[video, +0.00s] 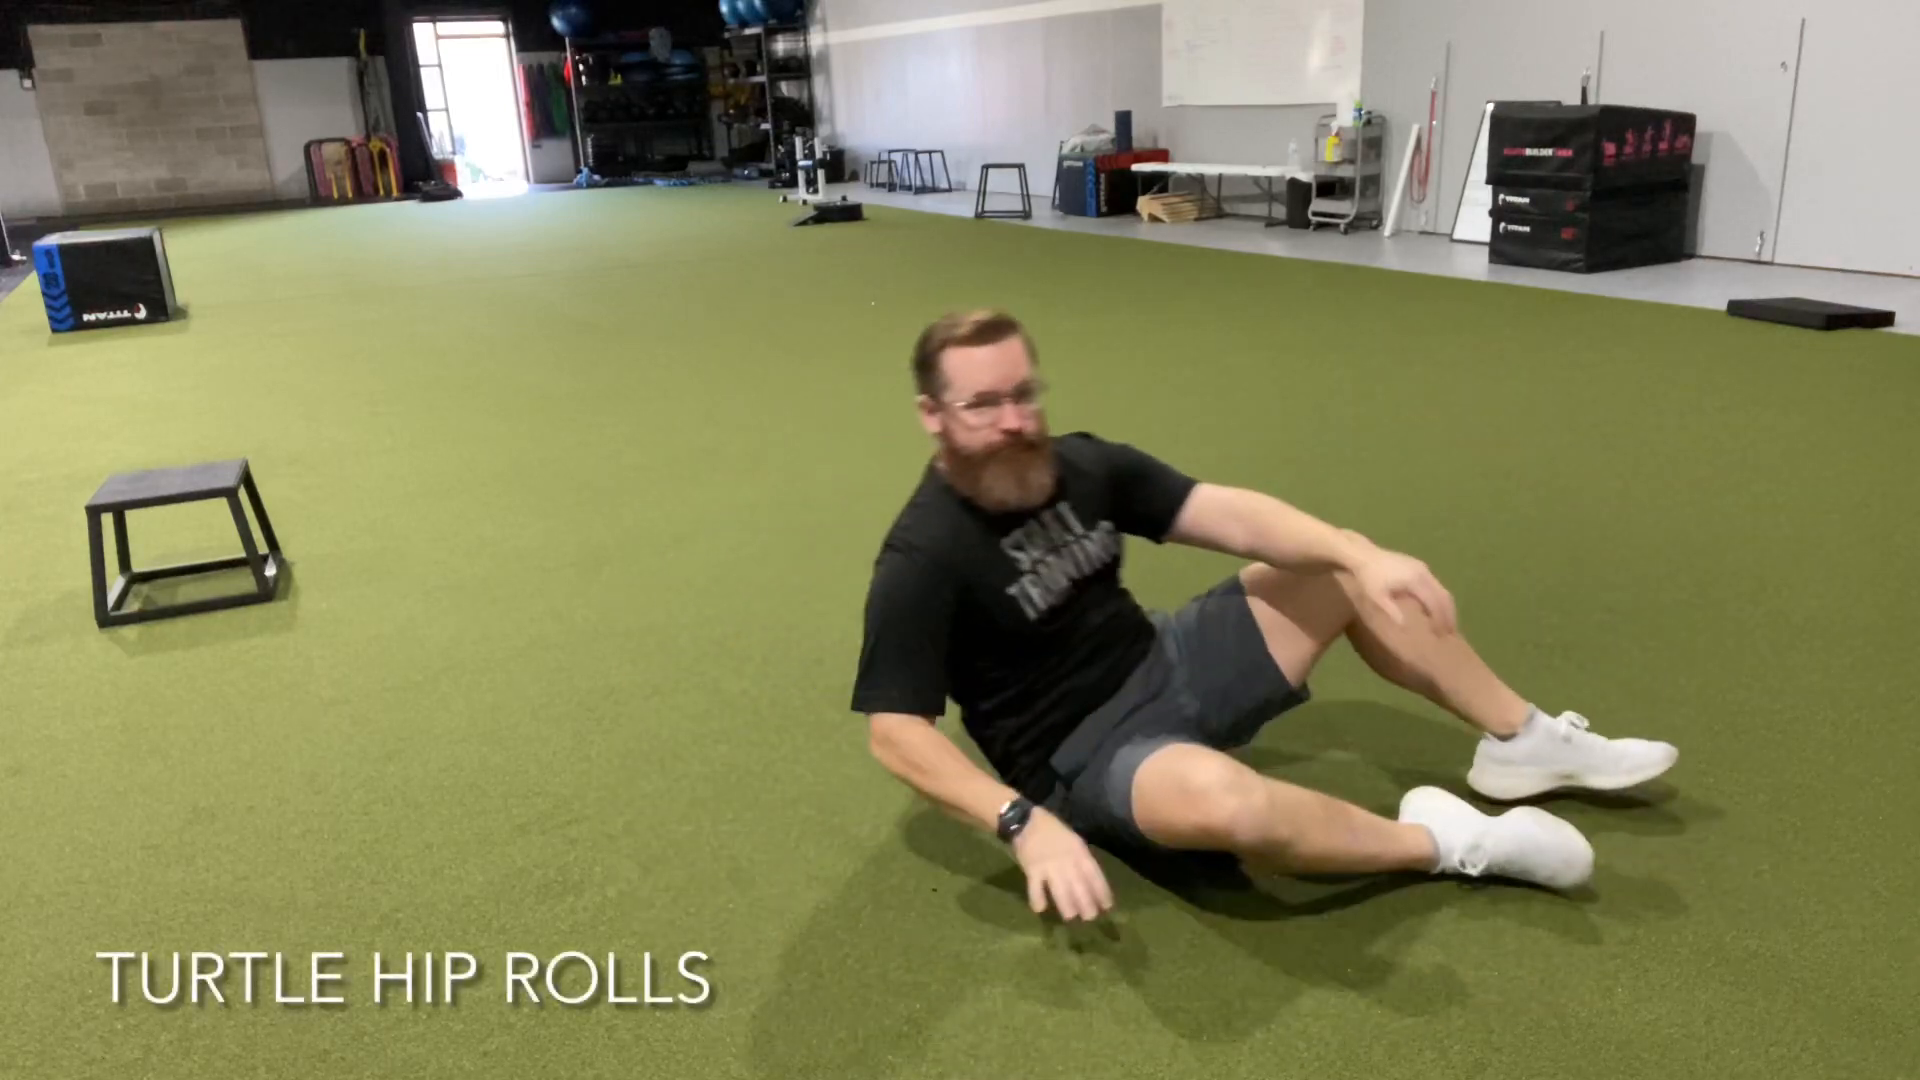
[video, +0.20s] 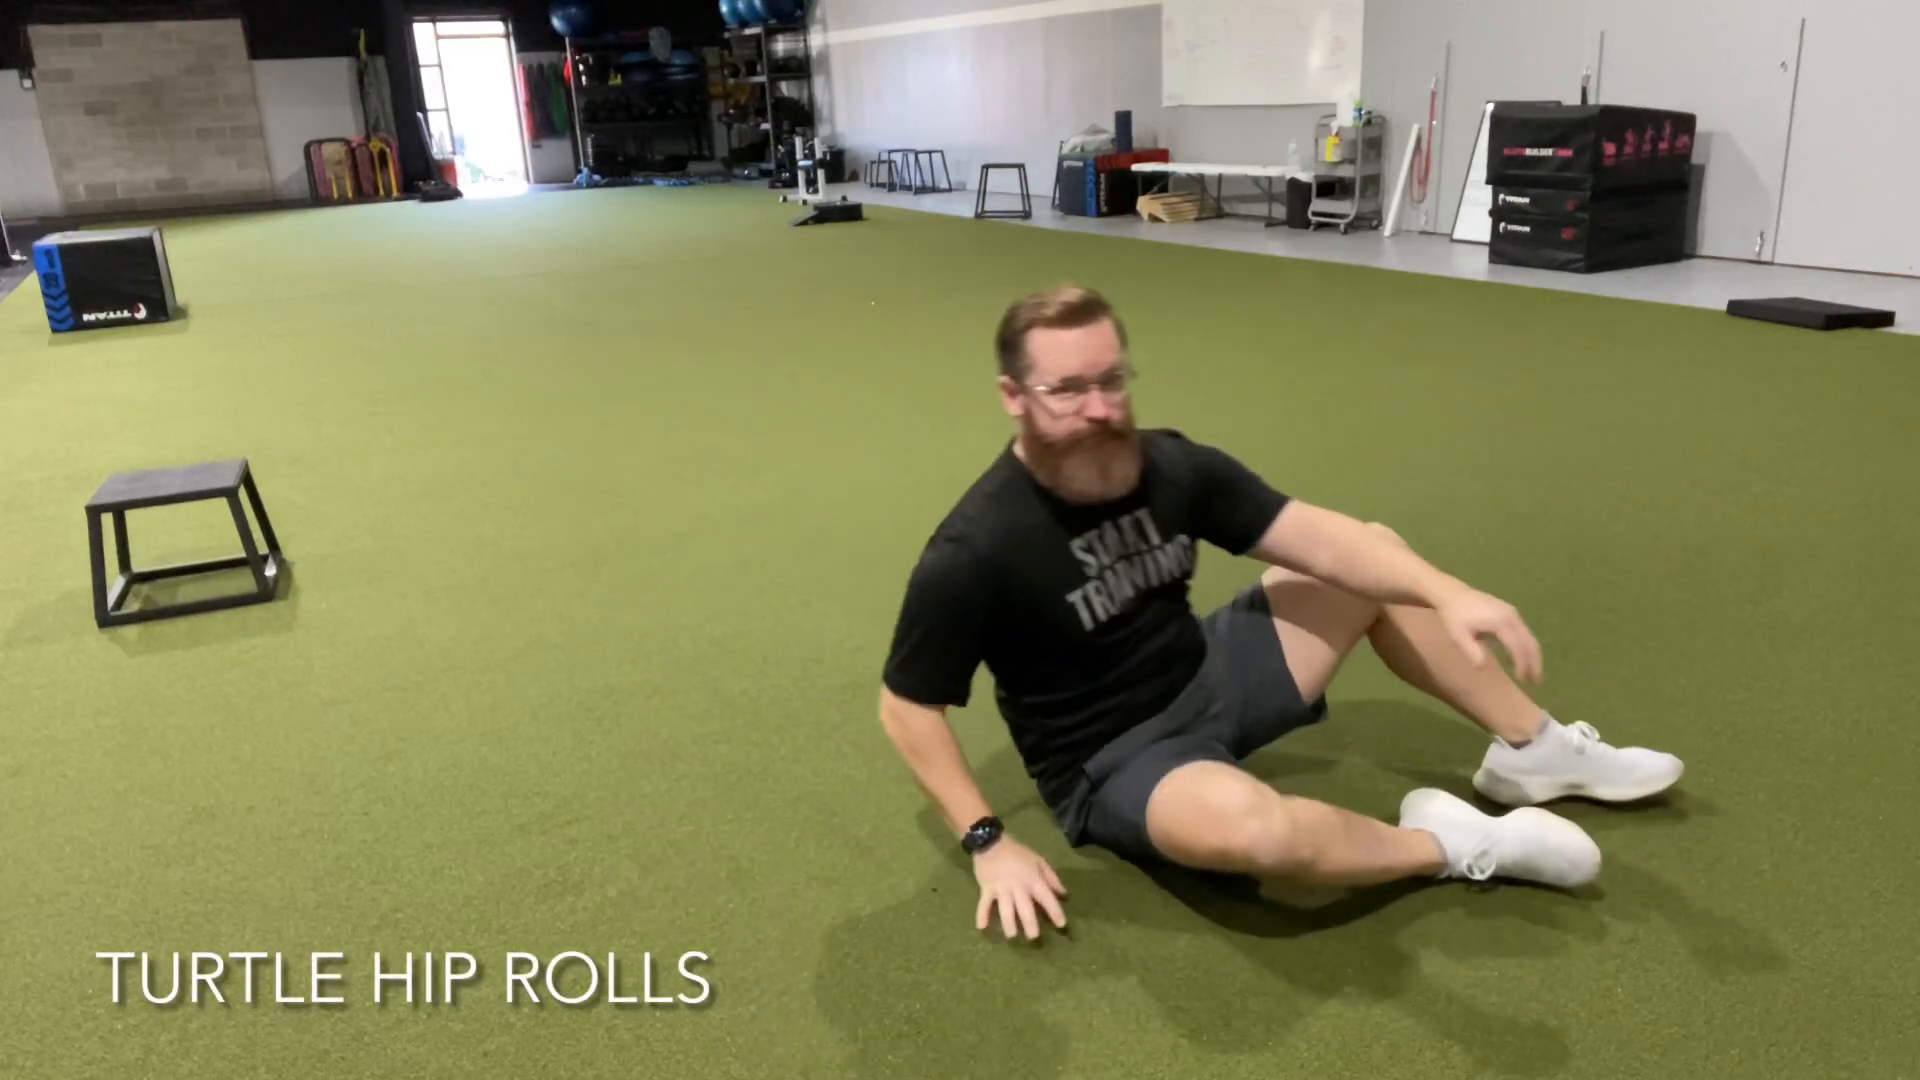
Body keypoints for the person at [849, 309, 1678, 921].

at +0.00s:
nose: (1018, 418)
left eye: (1026, 395)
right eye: (989, 404)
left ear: (1040, 390)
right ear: (933, 420)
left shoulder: (1083, 466)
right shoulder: (921, 558)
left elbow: (1224, 515)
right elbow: (894, 728)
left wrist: (1359, 557)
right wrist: (1024, 824)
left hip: (1164, 664)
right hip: (1083, 751)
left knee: (1342, 566)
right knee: (1225, 806)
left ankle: (1528, 738)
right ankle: (1441, 841)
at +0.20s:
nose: (1098, 405)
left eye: (1109, 380)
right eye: (1069, 389)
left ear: (1127, 370)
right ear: (1014, 400)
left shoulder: (1168, 466)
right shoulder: (975, 549)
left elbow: (1311, 533)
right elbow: (909, 706)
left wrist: (1446, 592)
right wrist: (989, 843)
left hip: (1204, 668)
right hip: (1109, 754)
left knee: (1365, 568)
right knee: (1248, 830)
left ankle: (1538, 747)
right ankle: (1451, 845)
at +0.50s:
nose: (1207, 409)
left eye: (1217, 381)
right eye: (1178, 389)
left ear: (1227, 366)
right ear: (1104, 383)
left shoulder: (1261, 463)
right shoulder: (1034, 532)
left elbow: (1407, 549)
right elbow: (975, 692)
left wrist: (1548, 632)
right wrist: (987, 848)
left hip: (1254, 669)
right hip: (1142, 748)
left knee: (1394, 566)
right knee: (1243, 884)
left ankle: (1537, 751)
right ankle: (1445, 846)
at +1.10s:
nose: (1151, 394)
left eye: (1154, 368)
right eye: (1125, 376)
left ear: (1158, 356)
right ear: (1047, 382)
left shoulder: (1196, 457)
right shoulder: (990, 541)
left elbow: (1342, 547)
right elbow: (947, 707)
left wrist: (1467, 603)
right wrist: (988, 855)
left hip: (1228, 670)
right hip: (1131, 756)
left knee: (1385, 556)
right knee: (1243, 879)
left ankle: (1545, 751)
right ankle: (1444, 844)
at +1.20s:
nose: (1107, 393)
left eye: (1107, 367)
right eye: (1079, 377)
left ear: (1111, 364)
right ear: (1003, 393)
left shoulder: (1151, 460)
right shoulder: (960, 550)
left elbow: (1289, 544)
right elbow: (929, 718)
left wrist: (1413, 584)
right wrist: (988, 854)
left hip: (1210, 667)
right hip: (1117, 755)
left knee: (1376, 569)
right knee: (1254, 861)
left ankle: (1544, 748)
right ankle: (1454, 844)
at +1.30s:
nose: (1052, 394)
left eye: (1052, 371)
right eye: (1026, 381)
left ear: (1060, 371)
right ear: (954, 404)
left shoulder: (1099, 466)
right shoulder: (928, 559)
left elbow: (1222, 537)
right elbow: (911, 726)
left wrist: (1324, 563)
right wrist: (985, 855)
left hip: (1193, 664)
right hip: (1103, 755)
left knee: (1363, 570)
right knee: (1248, 828)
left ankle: (1542, 748)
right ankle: (1453, 843)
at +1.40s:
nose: (996, 406)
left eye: (994, 385)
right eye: (970, 395)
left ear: (997, 387)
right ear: (905, 419)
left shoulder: (1051, 477)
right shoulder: (892, 570)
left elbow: (1174, 539)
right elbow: (892, 733)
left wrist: (1259, 553)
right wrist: (984, 857)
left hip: (1169, 659)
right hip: (1088, 751)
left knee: (1342, 563)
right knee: (1240, 791)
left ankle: (1522, 737)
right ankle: (1457, 832)